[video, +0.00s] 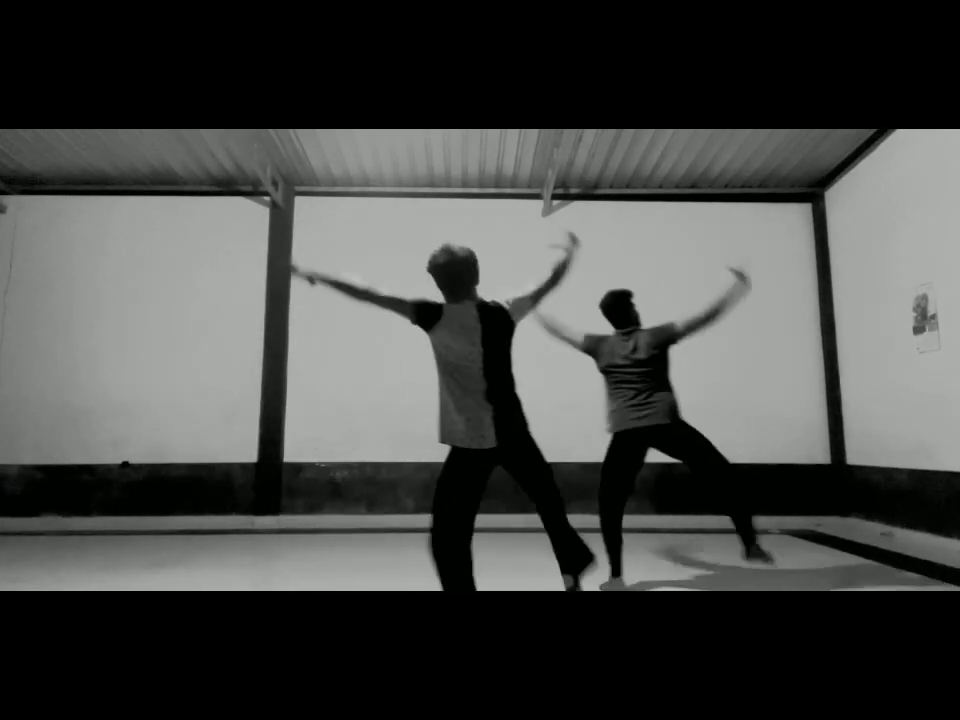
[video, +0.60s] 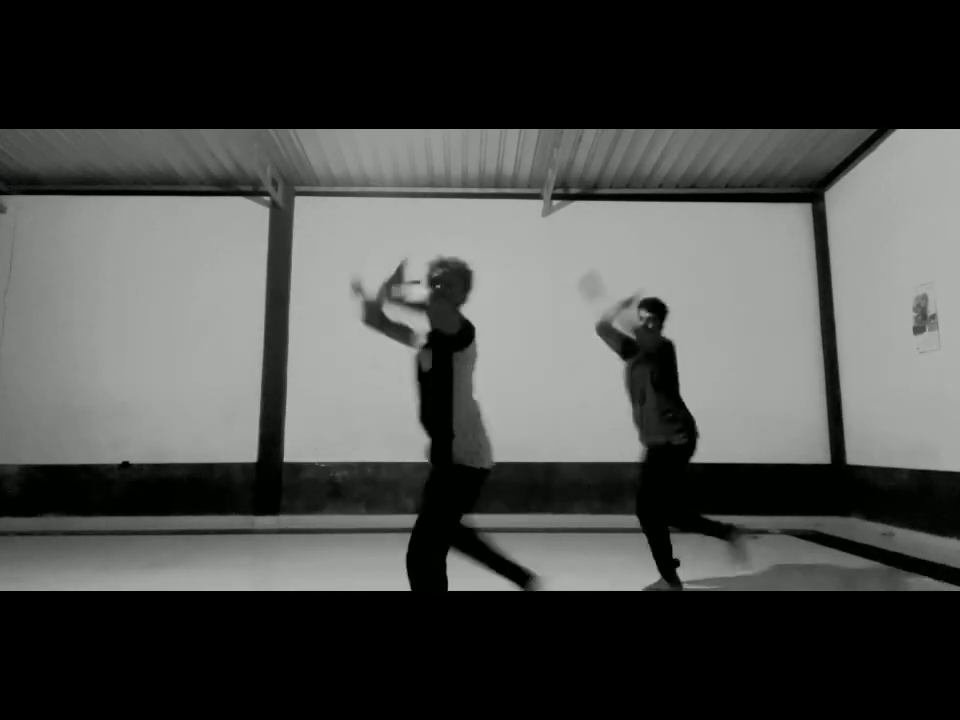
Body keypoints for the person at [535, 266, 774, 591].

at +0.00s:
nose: (637, 310)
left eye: (630, 306)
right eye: (633, 306)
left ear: (609, 319)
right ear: (632, 311)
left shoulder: (600, 346)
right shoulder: (656, 336)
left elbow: (559, 331)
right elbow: (707, 317)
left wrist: (535, 309)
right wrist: (739, 287)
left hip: (626, 434)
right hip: (666, 427)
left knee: (609, 498)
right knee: (721, 472)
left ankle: (615, 574)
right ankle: (751, 546)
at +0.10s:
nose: (650, 323)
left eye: (642, 321)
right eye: (647, 319)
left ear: (622, 332)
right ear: (645, 322)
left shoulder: (615, 364)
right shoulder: (674, 348)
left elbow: (578, 374)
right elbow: (726, 351)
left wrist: (547, 371)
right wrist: (770, 341)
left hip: (645, 444)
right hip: (689, 438)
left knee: (607, 496)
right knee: (734, 496)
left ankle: (613, 575)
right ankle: (767, 571)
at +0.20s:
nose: (652, 343)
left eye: (638, 345)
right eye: (651, 339)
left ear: (632, 353)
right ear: (655, 340)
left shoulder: (633, 389)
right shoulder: (688, 369)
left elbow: (611, 422)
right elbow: (733, 392)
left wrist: (589, 434)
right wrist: (777, 398)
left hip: (658, 464)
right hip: (706, 459)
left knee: (611, 502)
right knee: (750, 508)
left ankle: (610, 581)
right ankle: (760, 580)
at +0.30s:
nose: (644, 352)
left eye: (637, 350)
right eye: (647, 345)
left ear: (637, 355)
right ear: (659, 343)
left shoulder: (641, 392)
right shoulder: (693, 369)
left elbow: (637, 435)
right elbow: (709, 403)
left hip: (675, 461)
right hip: (720, 457)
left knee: (619, 501)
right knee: (753, 509)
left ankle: (613, 578)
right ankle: (761, 577)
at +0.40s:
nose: (636, 343)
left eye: (637, 337)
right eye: (636, 337)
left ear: (647, 340)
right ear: (663, 336)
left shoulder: (644, 380)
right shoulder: (689, 360)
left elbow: (630, 414)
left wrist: (614, 429)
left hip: (678, 455)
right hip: (716, 451)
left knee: (627, 498)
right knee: (733, 511)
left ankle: (634, 578)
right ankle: (763, 571)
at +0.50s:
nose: (641, 331)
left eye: (646, 325)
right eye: (640, 325)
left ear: (659, 328)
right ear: (662, 329)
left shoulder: (658, 354)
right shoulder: (666, 351)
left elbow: (620, 370)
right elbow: (627, 361)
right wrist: (595, 353)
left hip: (680, 441)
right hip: (693, 438)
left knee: (642, 504)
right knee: (701, 506)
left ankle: (671, 577)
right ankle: (766, 561)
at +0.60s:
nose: (643, 324)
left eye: (650, 319)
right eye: (640, 318)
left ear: (659, 324)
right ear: (636, 320)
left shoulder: (661, 348)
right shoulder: (636, 352)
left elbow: (636, 346)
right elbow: (603, 329)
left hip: (673, 439)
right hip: (659, 441)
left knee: (648, 507)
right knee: (670, 510)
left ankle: (669, 578)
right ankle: (730, 534)